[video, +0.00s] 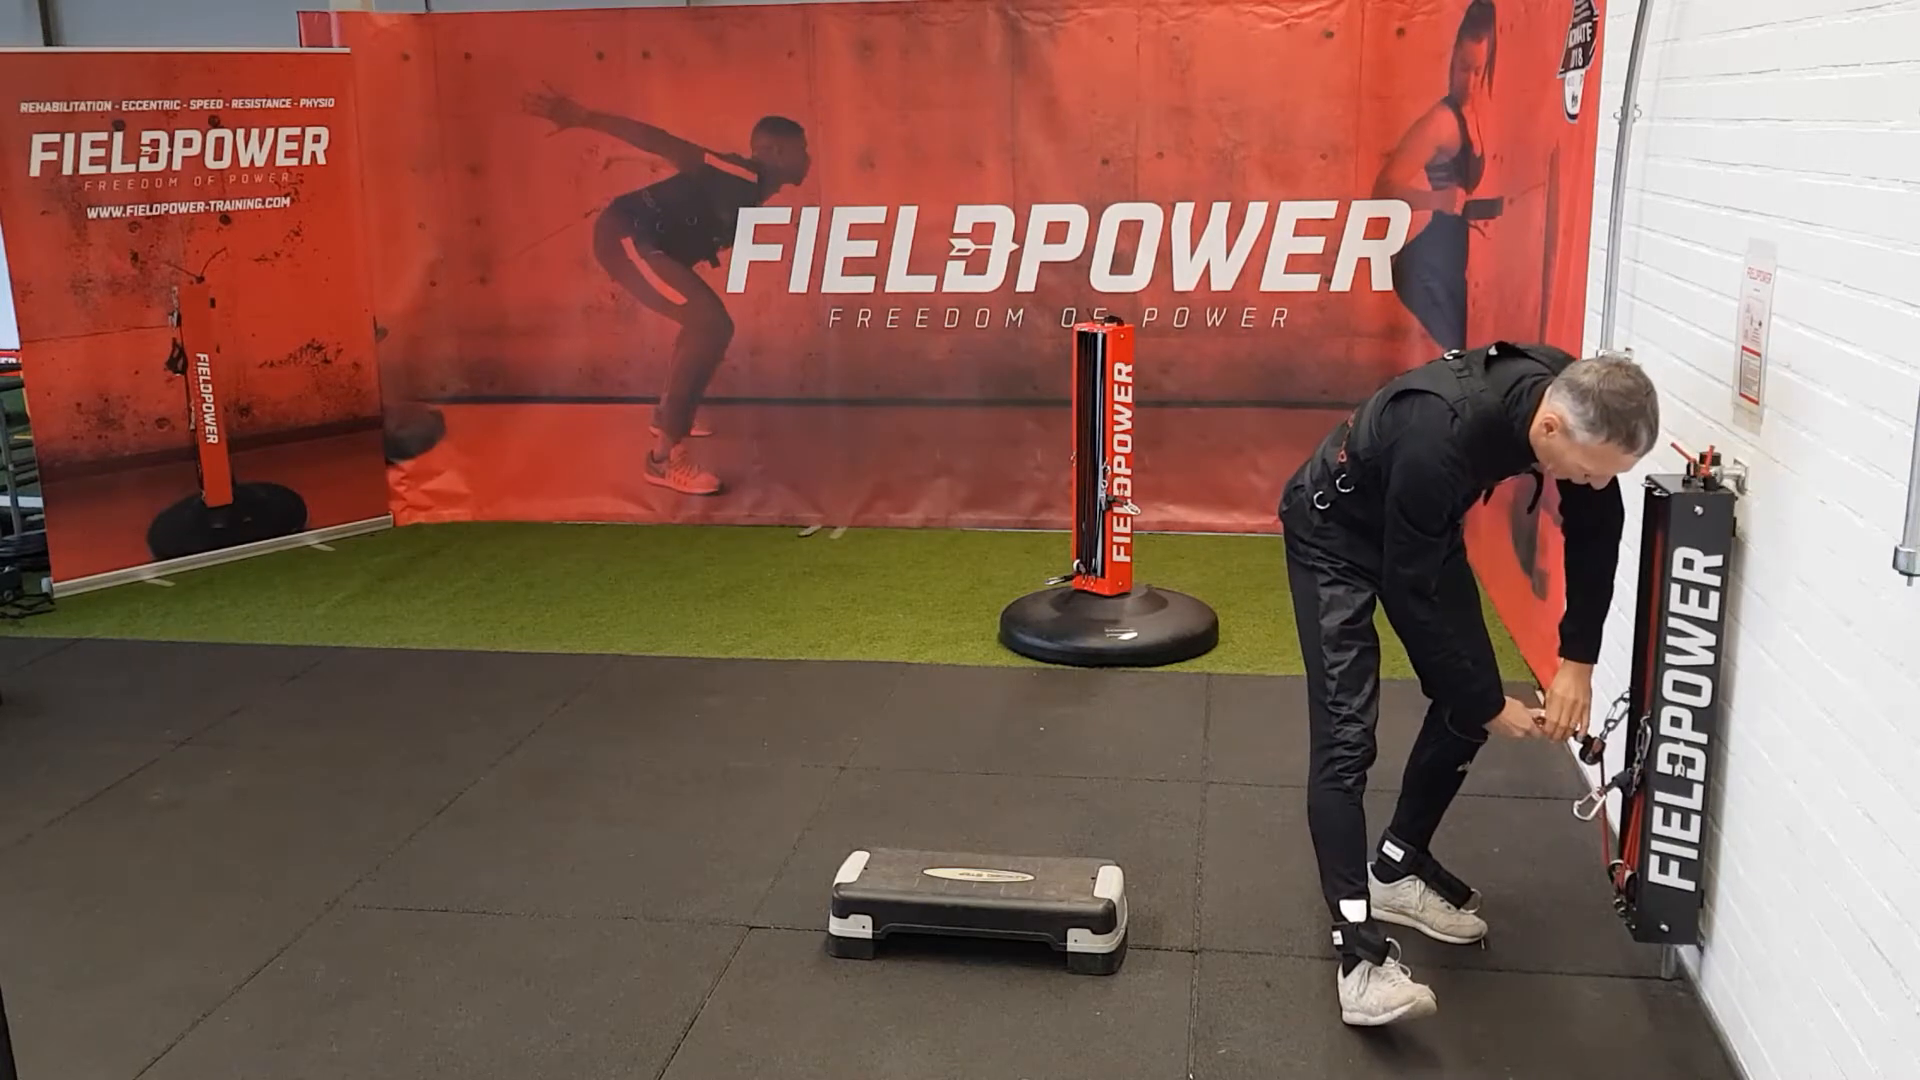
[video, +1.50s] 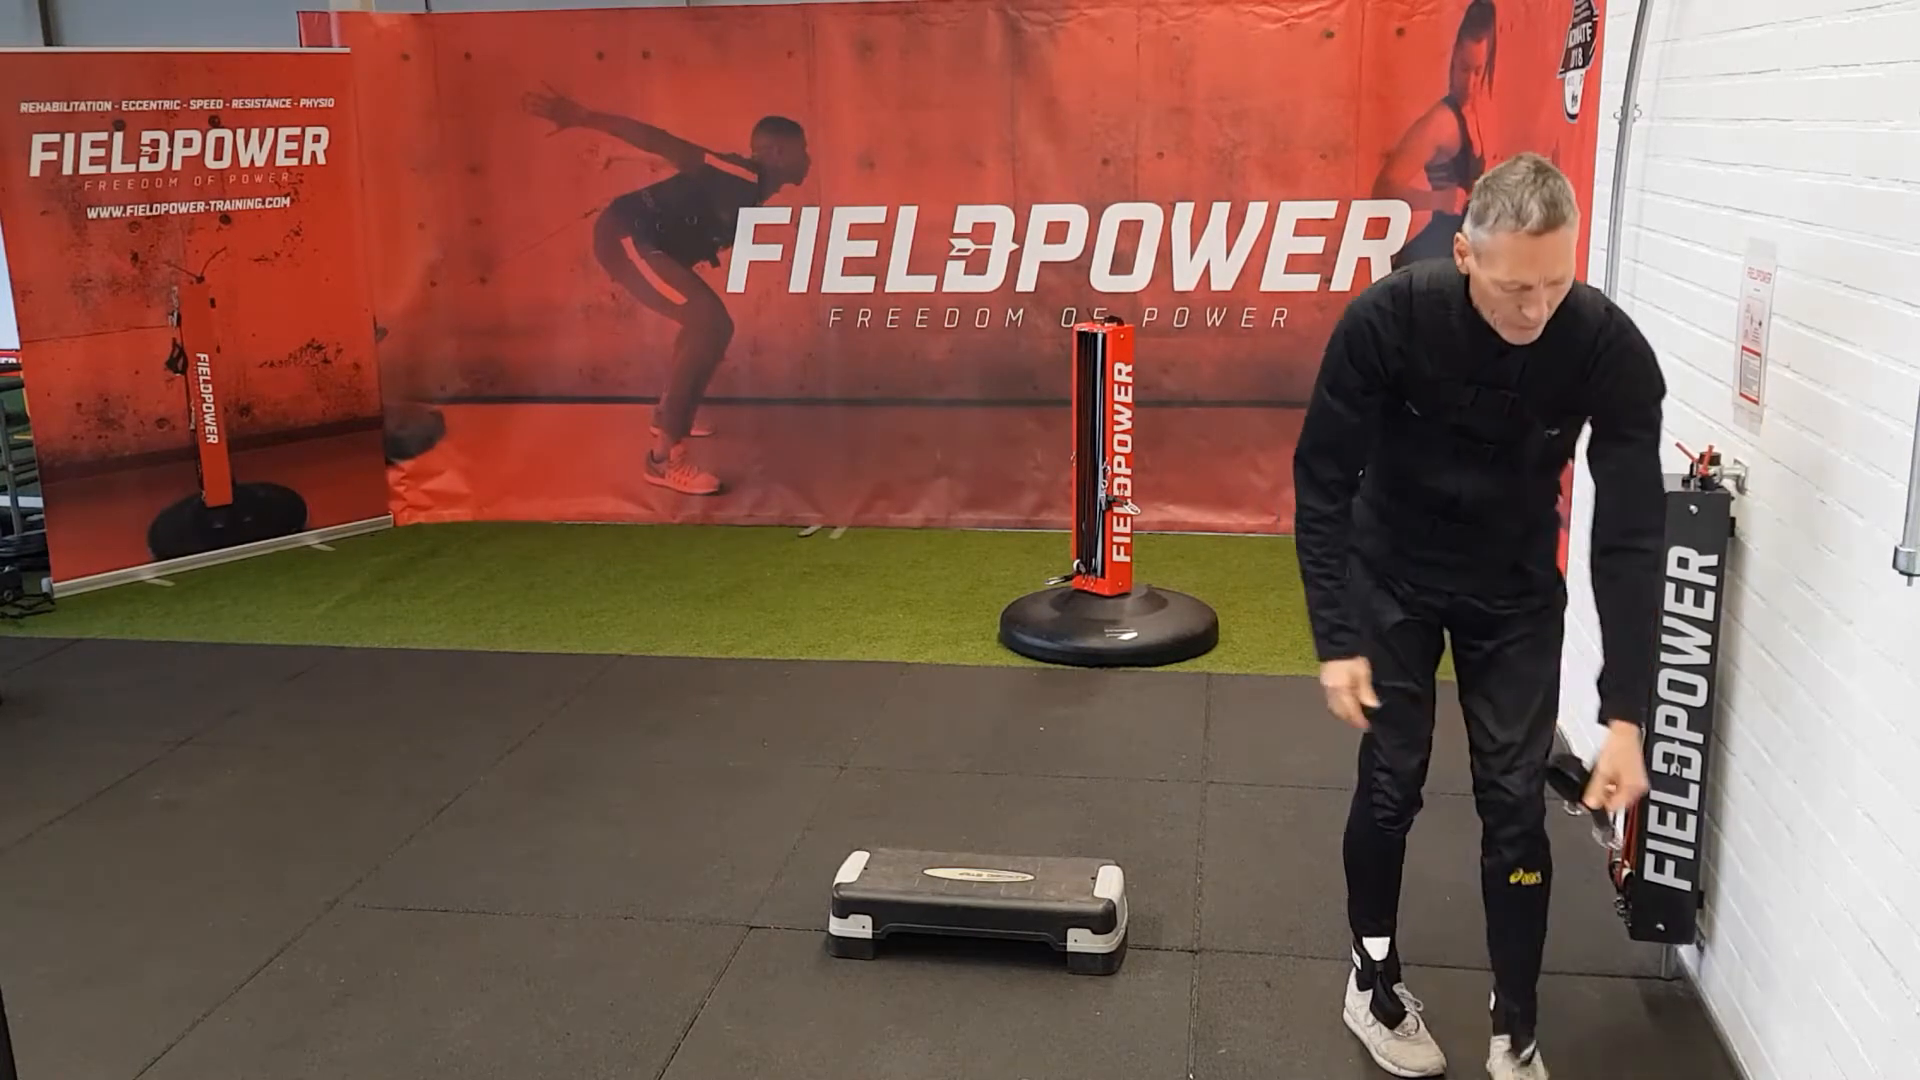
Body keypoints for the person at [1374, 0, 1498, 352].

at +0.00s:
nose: (1472, 81)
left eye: (1481, 71)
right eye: (1465, 69)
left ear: (1491, 72)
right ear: (1451, 66)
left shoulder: (1468, 118)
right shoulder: (1442, 120)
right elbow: (1386, 188)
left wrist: (1467, 210)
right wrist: (1440, 199)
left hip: (1446, 256)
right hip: (1425, 259)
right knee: (1452, 355)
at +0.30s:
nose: (1472, 81)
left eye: (1482, 71)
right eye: (1464, 68)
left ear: (1492, 74)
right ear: (1450, 66)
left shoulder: (1468, 121)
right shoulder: (1440, 121)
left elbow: (1437, 190)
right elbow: (1387, 188)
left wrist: (1473, 210)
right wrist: (1438, 199)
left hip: (1447, 257)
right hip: (1424, 260)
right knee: (1454, 357)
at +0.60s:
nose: (1471, 81)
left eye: (1481, 71)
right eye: (1464, 68)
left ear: (1492, 72)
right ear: (1451, 66)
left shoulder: (1466, 119)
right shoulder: (1442, 119)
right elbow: (1386, 188)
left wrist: (1469, 211)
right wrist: (1438, 199)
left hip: (1445, 256)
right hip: (1424, 259)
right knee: (1450, 356)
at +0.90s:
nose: (1471, 81)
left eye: (1480, 71)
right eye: (1465, 68)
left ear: (1488, 72)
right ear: (1450, 65)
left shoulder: (1465, 118)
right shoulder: (1440, 120)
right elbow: (1387, 186)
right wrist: (1438, 200)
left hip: (1445, 254)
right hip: (1426, 257)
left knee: (1456, 344)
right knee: (1450, 345)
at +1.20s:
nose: (1471, 83)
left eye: (1479, 72)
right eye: (1464, 70)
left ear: (1489, 69)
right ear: (1449, 66)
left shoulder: (1470, 115)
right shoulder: (1440, 121)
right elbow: (1388, 186)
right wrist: (1437, 199)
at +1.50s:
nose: (1469, 83)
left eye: (1478, 72)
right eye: (1462, 70)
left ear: (1487, 70)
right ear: (1447, 65)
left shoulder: (1470, 114)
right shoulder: (1440, 120)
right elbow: (1386, 187)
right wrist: (1441, 199)